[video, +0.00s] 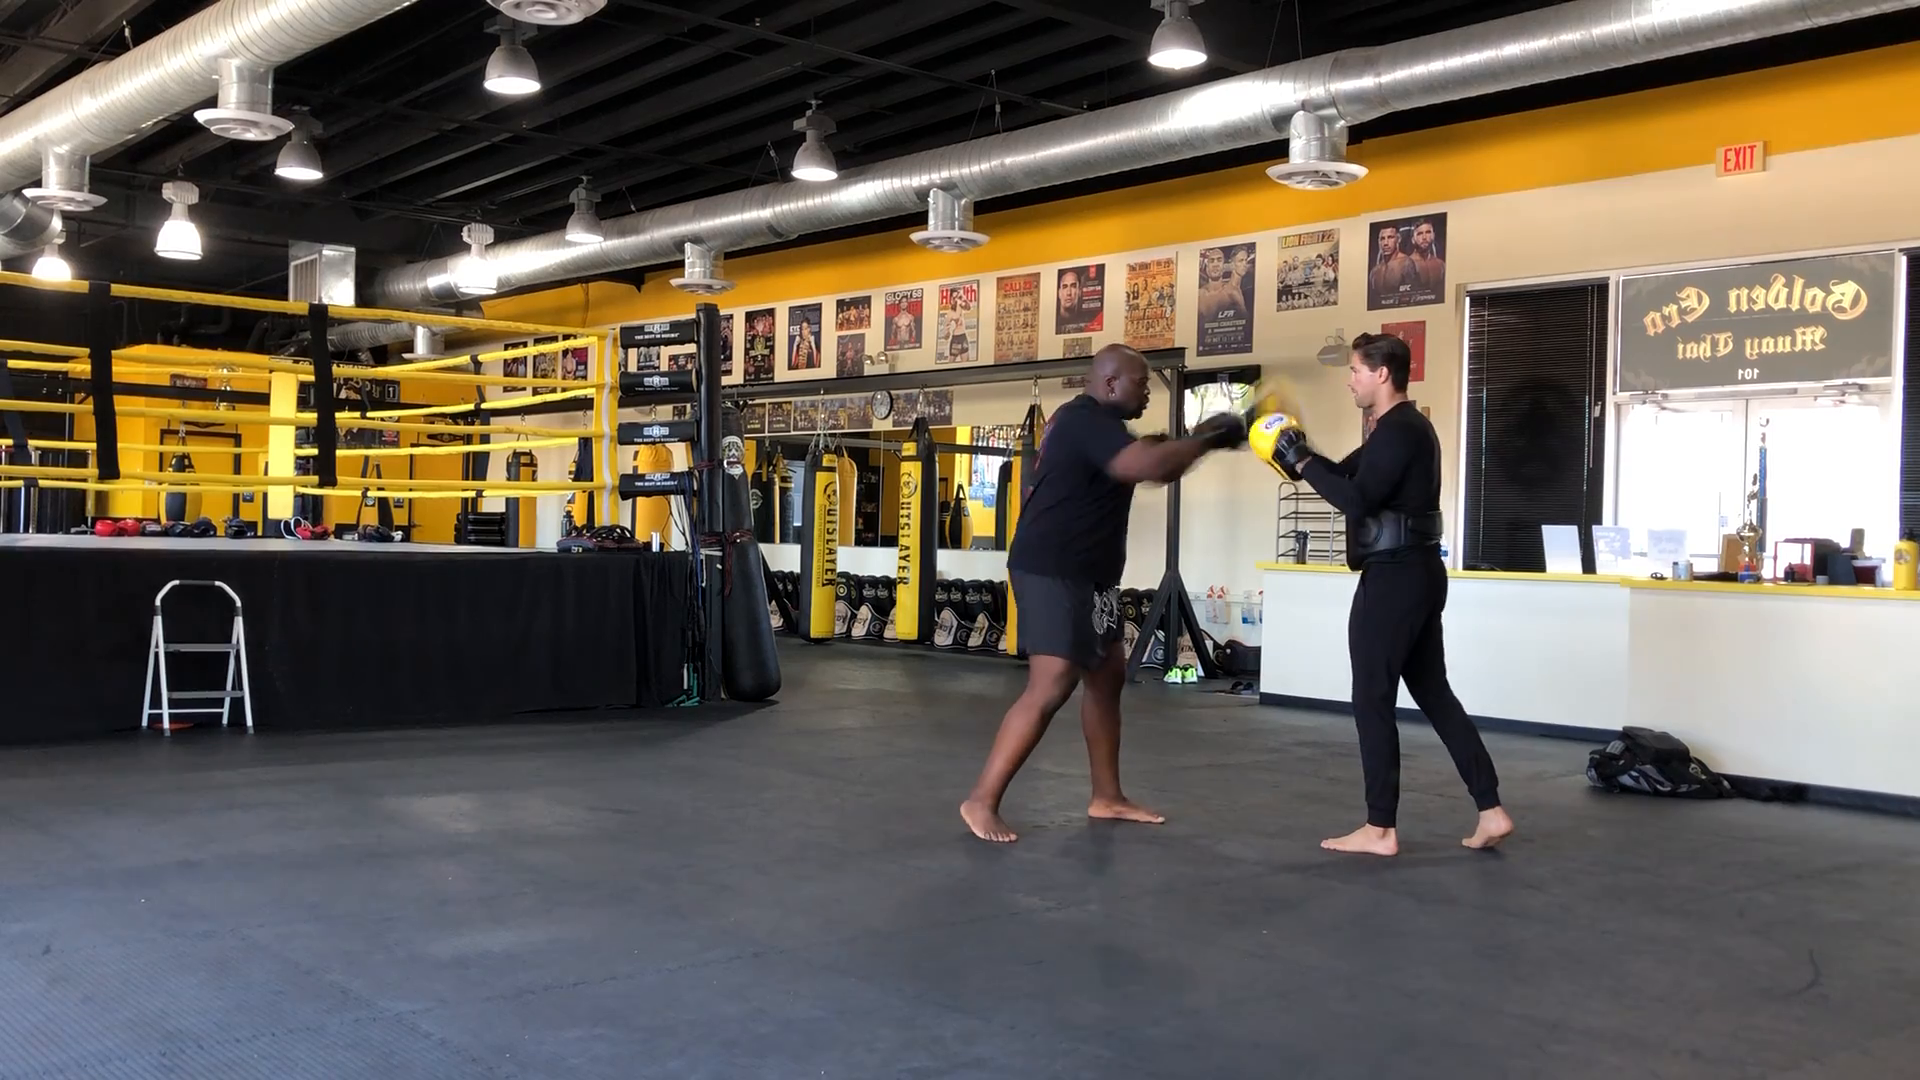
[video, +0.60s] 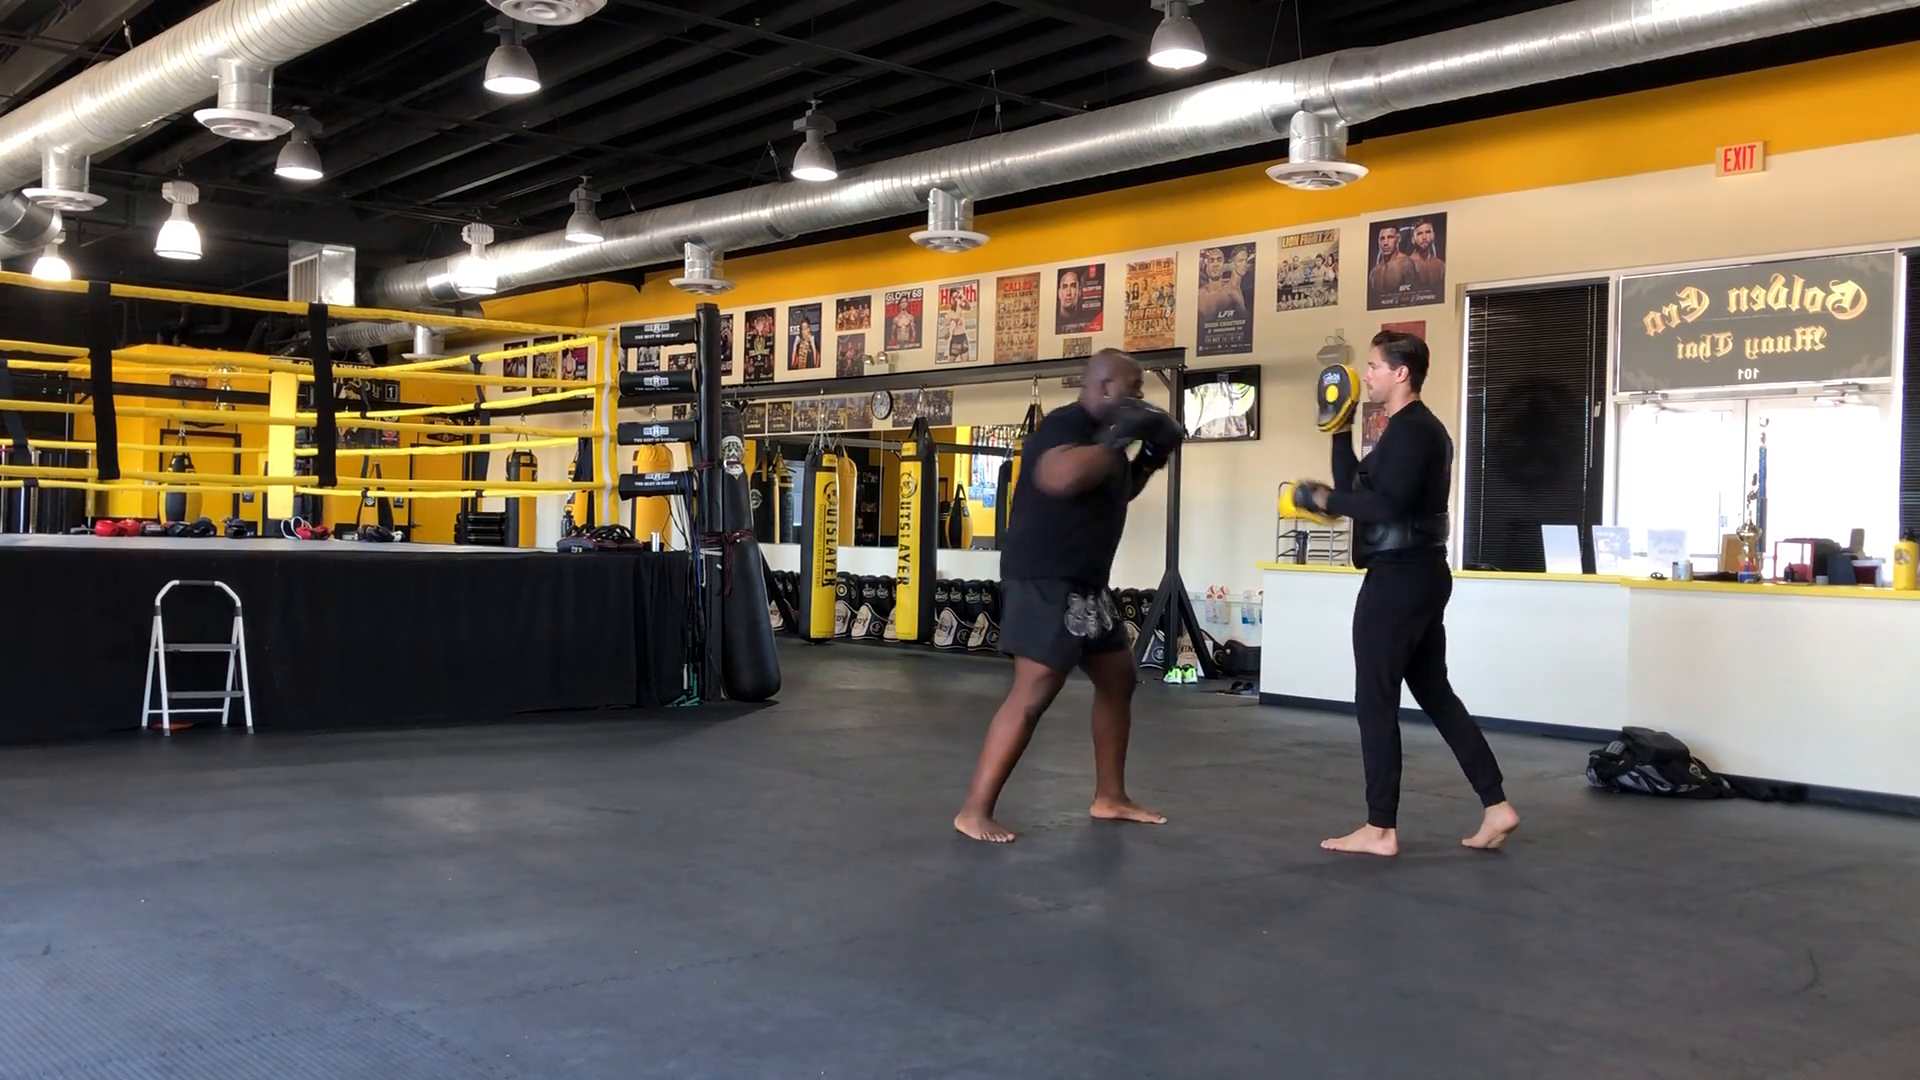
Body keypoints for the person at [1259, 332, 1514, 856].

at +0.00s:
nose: (1349, 382)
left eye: (1356, 372)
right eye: (1350, 373)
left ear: (1383, 375)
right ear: (1387, 375)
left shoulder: (1395, 430)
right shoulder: (1404, 425)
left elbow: (1357, 501)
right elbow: (1347, 478)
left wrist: (1301, 460)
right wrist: (1298, 457)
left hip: (1390, 579)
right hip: (1419, 576)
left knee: (1371, 702)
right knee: (1435, 695)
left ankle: (1380, 829)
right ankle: (1491, 811)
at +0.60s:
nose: (1365, 375)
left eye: (1374, 367)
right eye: (1367, 366)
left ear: (1402, 375)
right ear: (1403, 376)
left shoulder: (1409, 429)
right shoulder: (1415, 427)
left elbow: (1389, 505)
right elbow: (1352, 492)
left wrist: (1328, 501)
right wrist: (1337, 429)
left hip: (1395, 579)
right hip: (1423, 575)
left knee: (1374, 702)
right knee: (1433, 691)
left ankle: (1380, 828)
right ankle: (1496, 806)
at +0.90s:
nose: (1404, 381)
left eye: (1411, 373)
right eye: (1404, 373)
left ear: (1439, 376)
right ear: (1441, 377)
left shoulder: (1445, 434)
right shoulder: (1462, 430)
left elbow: (1430, 512)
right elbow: (1414, 492)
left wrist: (1369, 559)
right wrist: (1370, 450)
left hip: (1419, 584)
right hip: (1452, 584)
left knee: (1387, 702)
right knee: (1463, 699)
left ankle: (1380, 828)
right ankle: (1512, 818)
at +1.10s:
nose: (1435, 388)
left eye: (1442, 378)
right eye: (1435, 379)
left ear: (1471, 381)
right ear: (1476, 382)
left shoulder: (1463, 435)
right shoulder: (1508, 437)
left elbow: (1445, 514)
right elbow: (1475, 500)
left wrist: (1401, 582)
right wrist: (1433, 455)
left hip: (1449, 586)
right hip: (1492, 586)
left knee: (1405, 701)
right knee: (1502, 707)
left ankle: (1384, 826)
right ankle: (1518, 830)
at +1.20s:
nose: (1444, 386)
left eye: (1451, 377)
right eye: (1445, 377)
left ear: (1479, 380)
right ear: (1485, 381)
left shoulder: (1473, 433)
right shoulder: (1519, 435)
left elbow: (1461, 510)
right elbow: (1515, 515)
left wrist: (1426, 580)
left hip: (1465, 587)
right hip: (1507, 588)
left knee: (1417, 699)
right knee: (1515, 710)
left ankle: (1392, 825)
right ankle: (1519, 831)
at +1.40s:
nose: (1456, 386)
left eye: (1462, 376)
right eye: (1457, 377)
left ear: (1491, 379)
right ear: (1497, 380)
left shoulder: (1488, 432)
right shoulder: (1542, 439)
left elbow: (1479, 509)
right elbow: (1563, 525)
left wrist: (1451, 580)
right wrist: (1523, 560)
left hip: (1481, 585)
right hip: (1526, 589)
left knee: (1436, 699)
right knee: (1524, 708)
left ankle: (1464, 825)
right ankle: (1521, 830)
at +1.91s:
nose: (1465, 384)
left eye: (1470, 375)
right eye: (1465, 374)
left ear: (1497, 377)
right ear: (1504, 378)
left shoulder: (1498, 432)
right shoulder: (1557, 428)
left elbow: (1485, 516)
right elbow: (1590, 509)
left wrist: (1450, 584)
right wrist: (1551, 544)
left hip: (1514, 575)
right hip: (1559, 574)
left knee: (1518, 709)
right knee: (1524, 705)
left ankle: (1529, 845)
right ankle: (1523, 823)